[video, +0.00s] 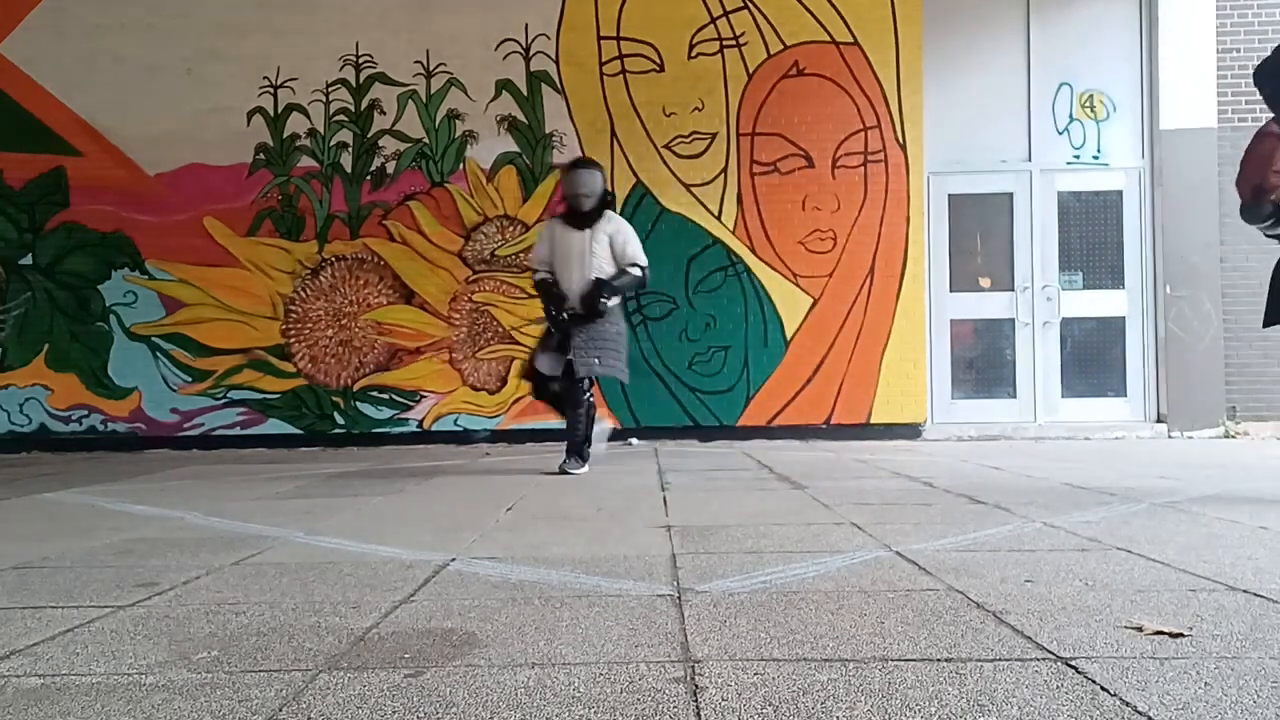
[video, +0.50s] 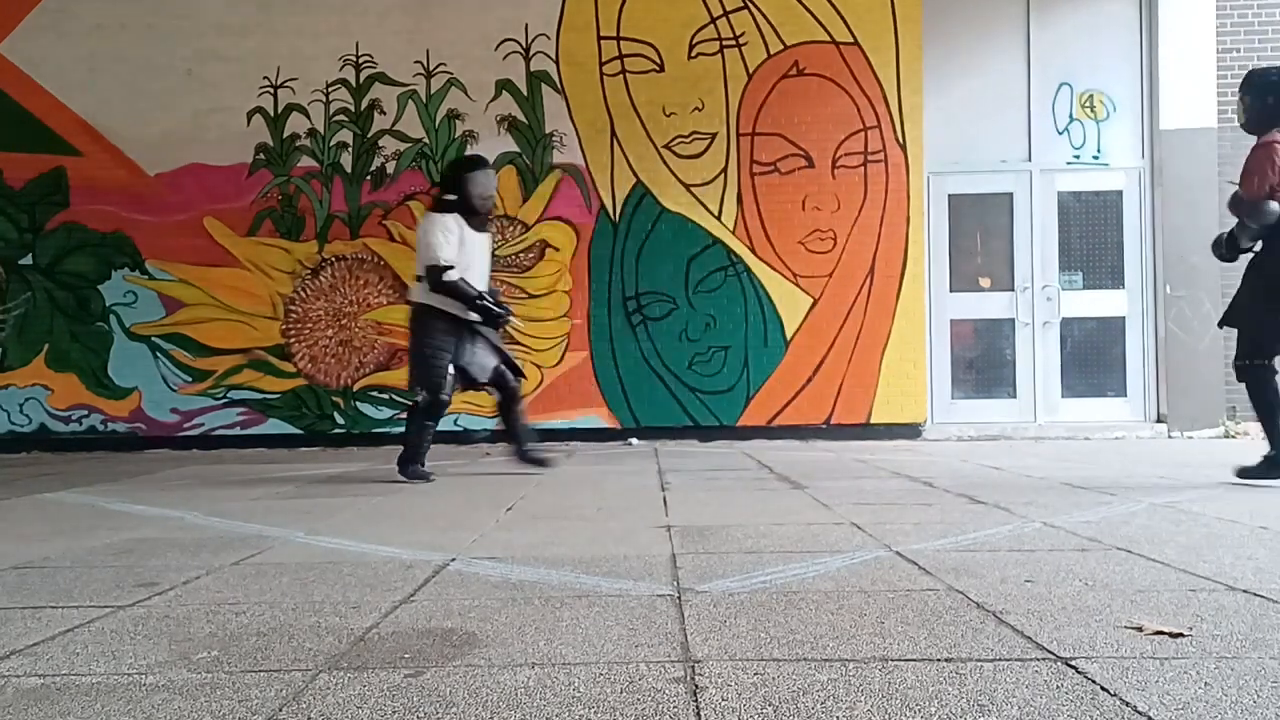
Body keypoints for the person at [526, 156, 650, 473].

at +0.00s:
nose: (582, 197)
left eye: (589, 190)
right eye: (576, 190)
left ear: (601, 190)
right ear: (566, 192)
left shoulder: (615, 226)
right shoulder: (553, 228)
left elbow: (639, 270)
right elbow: (541, 269)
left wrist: (606, 288)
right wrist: (552, 295)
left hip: (598, 320)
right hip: (563, 320)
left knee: (578, 385)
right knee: (542, 382)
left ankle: (576, 455)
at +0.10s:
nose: (561, 196)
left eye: (567, 189)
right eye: (554, 190)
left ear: (581, 186)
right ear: (545, 188)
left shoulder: (597, 219)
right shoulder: (530, 221)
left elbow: (621, 262)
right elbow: (519, 265)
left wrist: (594, 283)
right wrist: (533, 284)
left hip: (581, 314)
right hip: (543, 313)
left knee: (571, 382)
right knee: (512, 368)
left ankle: (576, 453)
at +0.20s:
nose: (544, 199)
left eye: (549, 192)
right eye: (537, 193)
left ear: (560, 189)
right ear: (524, 191)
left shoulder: (578, 221)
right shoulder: (508, 223)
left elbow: (598, 264)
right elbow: (500, 271)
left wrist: (577, 285)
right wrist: (533, 299)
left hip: (564, 315)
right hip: (521, 312)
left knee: (562, 387)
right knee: (487, 373)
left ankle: (575, 454)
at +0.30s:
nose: (530, 199)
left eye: (535, 192)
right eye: (522, 193)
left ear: (542, 192)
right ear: (505, 194)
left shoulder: (556, 231)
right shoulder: (486, 228)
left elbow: (566, 272)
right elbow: (477, 276)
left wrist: (555, 299)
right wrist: (514, 300)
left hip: (539, 323)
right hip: (495, 322)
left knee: (550, 391)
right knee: (463, 386)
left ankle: (574, 454)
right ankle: (421, 449)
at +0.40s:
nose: (510, 198)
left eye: (514, 191)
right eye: (501, 191)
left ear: (521, 193)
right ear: (482, 193)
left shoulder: (519, 234)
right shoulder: (463, 227)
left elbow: (526, 281)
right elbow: (459, 279)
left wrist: (526, 306)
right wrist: (502, 305)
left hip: (508, 326)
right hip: (466, 325)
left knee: (535, 393)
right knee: (447, 396)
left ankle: (568, 453)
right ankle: (412, 461)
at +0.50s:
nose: (490, 197)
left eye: (493, 189)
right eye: (482, 190)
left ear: (495, 188)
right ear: (459, 190)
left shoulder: (480, 228)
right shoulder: (439, 221)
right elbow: (439, 277)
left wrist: (493, 303)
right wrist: (481, 305)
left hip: (467, 324)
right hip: (435, 320)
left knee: (508, 381)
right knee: (436, 394)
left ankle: (523, 447)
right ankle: (411, 461)